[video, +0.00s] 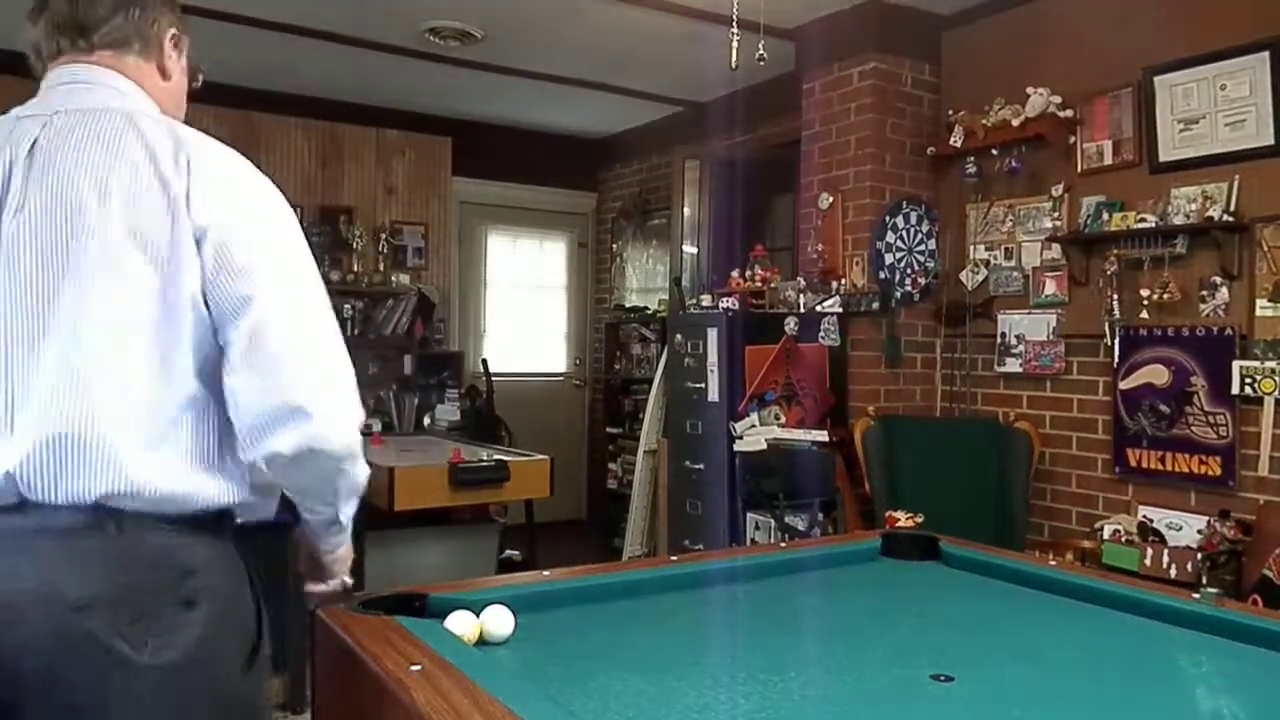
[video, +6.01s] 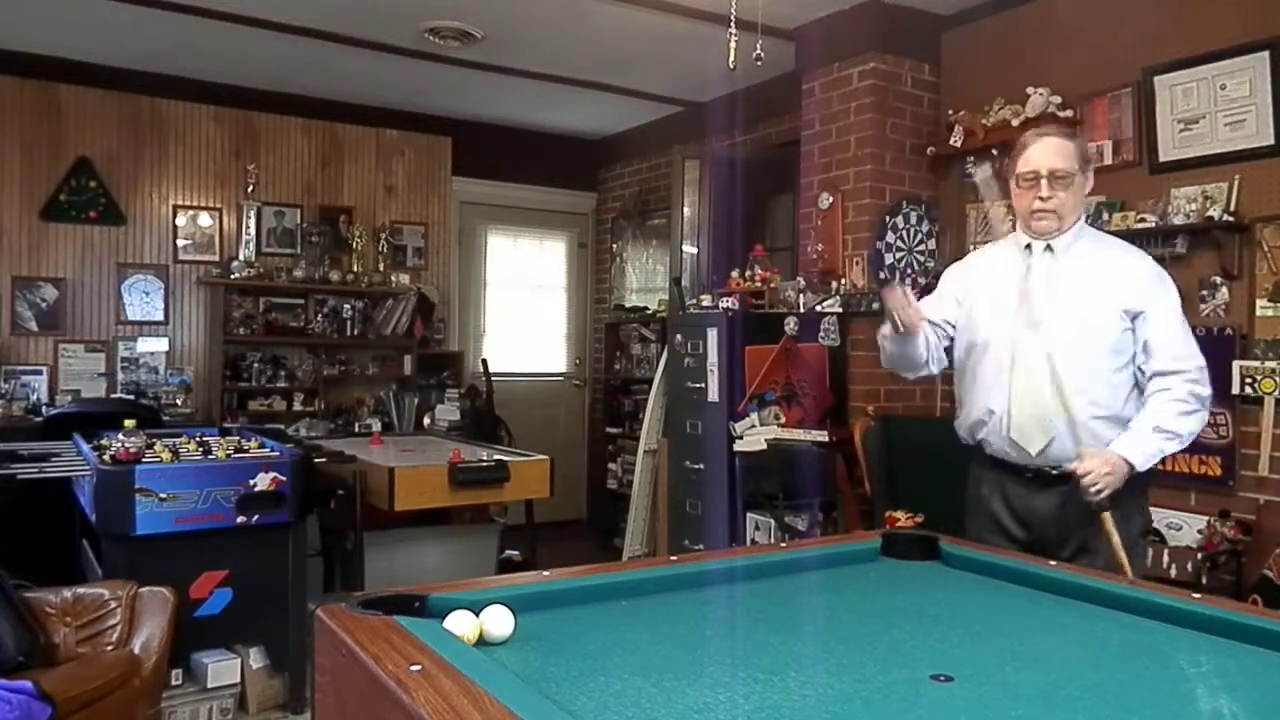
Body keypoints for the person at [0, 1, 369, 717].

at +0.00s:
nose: (188, 90)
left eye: (189, 76)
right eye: (187, 72)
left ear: (47, 58)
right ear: (166, 54)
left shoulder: (8, 148)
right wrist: (324, 534)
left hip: (13, 557)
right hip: (162, 578)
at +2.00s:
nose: (799, 230)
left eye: (803, 218)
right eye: (791, 216)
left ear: (750, 211)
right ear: (748, 208)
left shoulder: (748, 266)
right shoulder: (710, 274)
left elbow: (730, 380)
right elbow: (689, 421)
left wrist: (786, 392)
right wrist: (757, 493)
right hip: (692, 481)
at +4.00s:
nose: (1072, 204)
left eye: (1086, 186)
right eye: (1053, 190)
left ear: (1104, 189)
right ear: (1021, 195)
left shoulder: (1122, 272)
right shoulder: (980, 281)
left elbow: (1154, 357)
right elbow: (941, 416)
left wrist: (1160, 406)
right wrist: (1019, 494)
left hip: (1099, 505)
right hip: (996, 510)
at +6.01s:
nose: (1043, 193)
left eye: (1060, 179)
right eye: (1028, 180)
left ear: (1087, 184)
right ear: (1010, 189)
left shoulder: (1133, 273)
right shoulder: (971, 275)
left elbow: (1183, 387)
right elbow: (918, 359)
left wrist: (1124, 458)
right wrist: (906, 328)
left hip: (1099, 499)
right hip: (995, 494)